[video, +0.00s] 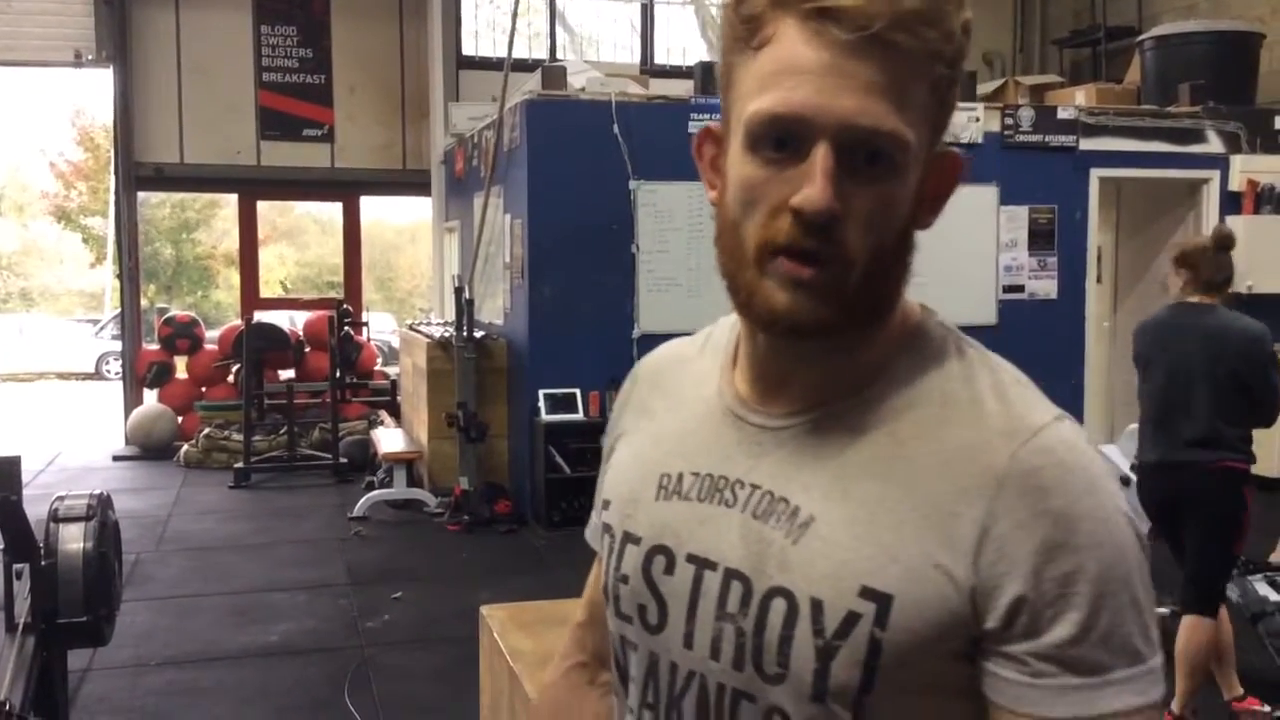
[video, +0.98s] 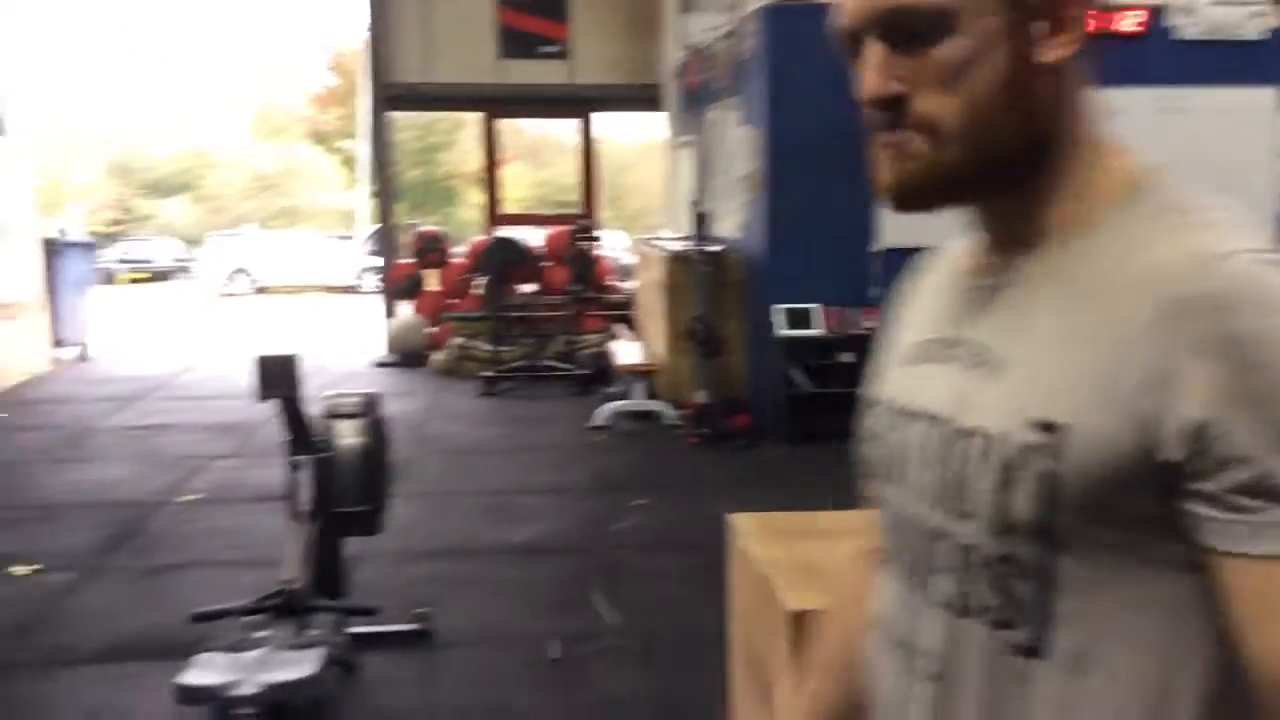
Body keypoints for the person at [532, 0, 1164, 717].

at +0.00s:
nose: (817, 199)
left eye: (868, 158)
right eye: (780, 144)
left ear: (932, 192)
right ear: (714, 164)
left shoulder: (1039, 487)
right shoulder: (655, 392)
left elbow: (1097, 700)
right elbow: (592, 658)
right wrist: (571, 674)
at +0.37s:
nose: (729, 174)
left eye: (775, 134)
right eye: (693, 127)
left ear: (842, 161)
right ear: (638, 152)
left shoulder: (945, 425)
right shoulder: (597, 374)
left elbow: (1008, 700)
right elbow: (536, 658)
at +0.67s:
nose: (709, 137)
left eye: (752, 97)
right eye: (672, 97)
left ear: (823, 128)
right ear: (624, 131)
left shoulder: (946, 382)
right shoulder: (617, 351)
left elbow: (1053, 696)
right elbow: (572, 617)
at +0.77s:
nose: (752, 112)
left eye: (797, 70)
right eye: (715, 74)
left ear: (875, 99)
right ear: (672, 111)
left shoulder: (1010, 353)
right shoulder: (687, 332)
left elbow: (1134, 682)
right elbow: (645, 594)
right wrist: (595, 706)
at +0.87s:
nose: (820, 85)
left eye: (867, 39)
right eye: (786, 51)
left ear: (968, 55)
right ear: (758, 81)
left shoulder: (1108, 323)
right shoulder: (799, 304)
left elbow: (1242, 677)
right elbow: (754, 577)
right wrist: (691, 707)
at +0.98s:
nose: (871, 87)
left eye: (918, 35)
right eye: (855, 47)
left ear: (1054, 28)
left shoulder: (1219, 298)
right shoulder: (930, 283)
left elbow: (1266, 664)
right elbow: (904, 575)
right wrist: (810, 703)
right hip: (909, 705)